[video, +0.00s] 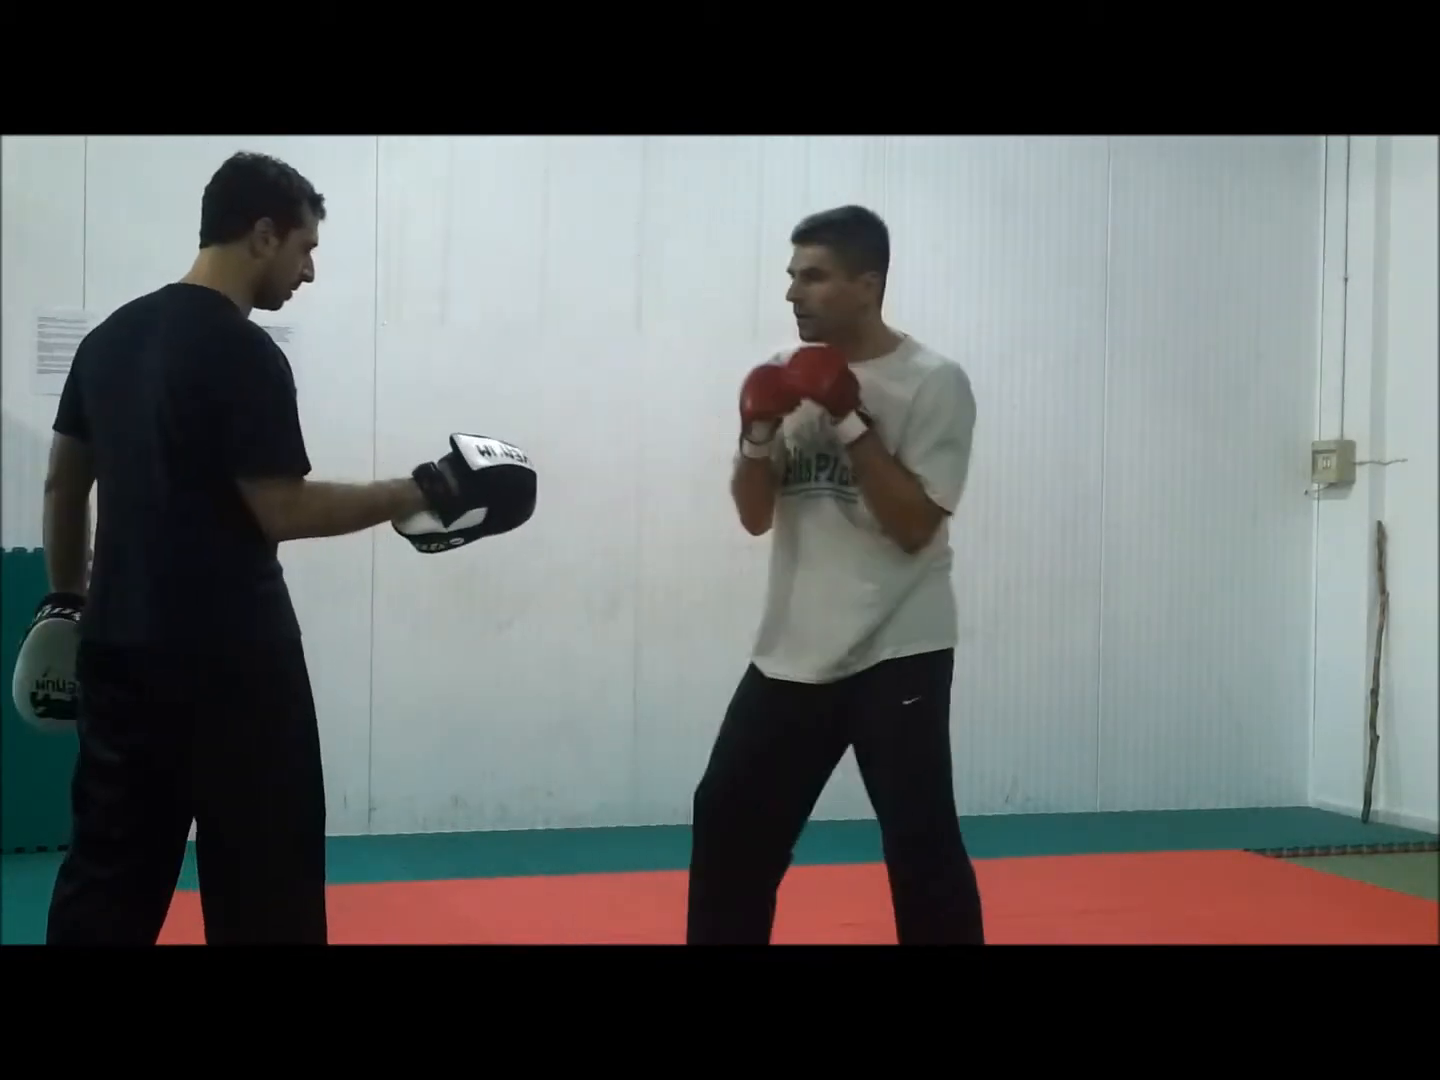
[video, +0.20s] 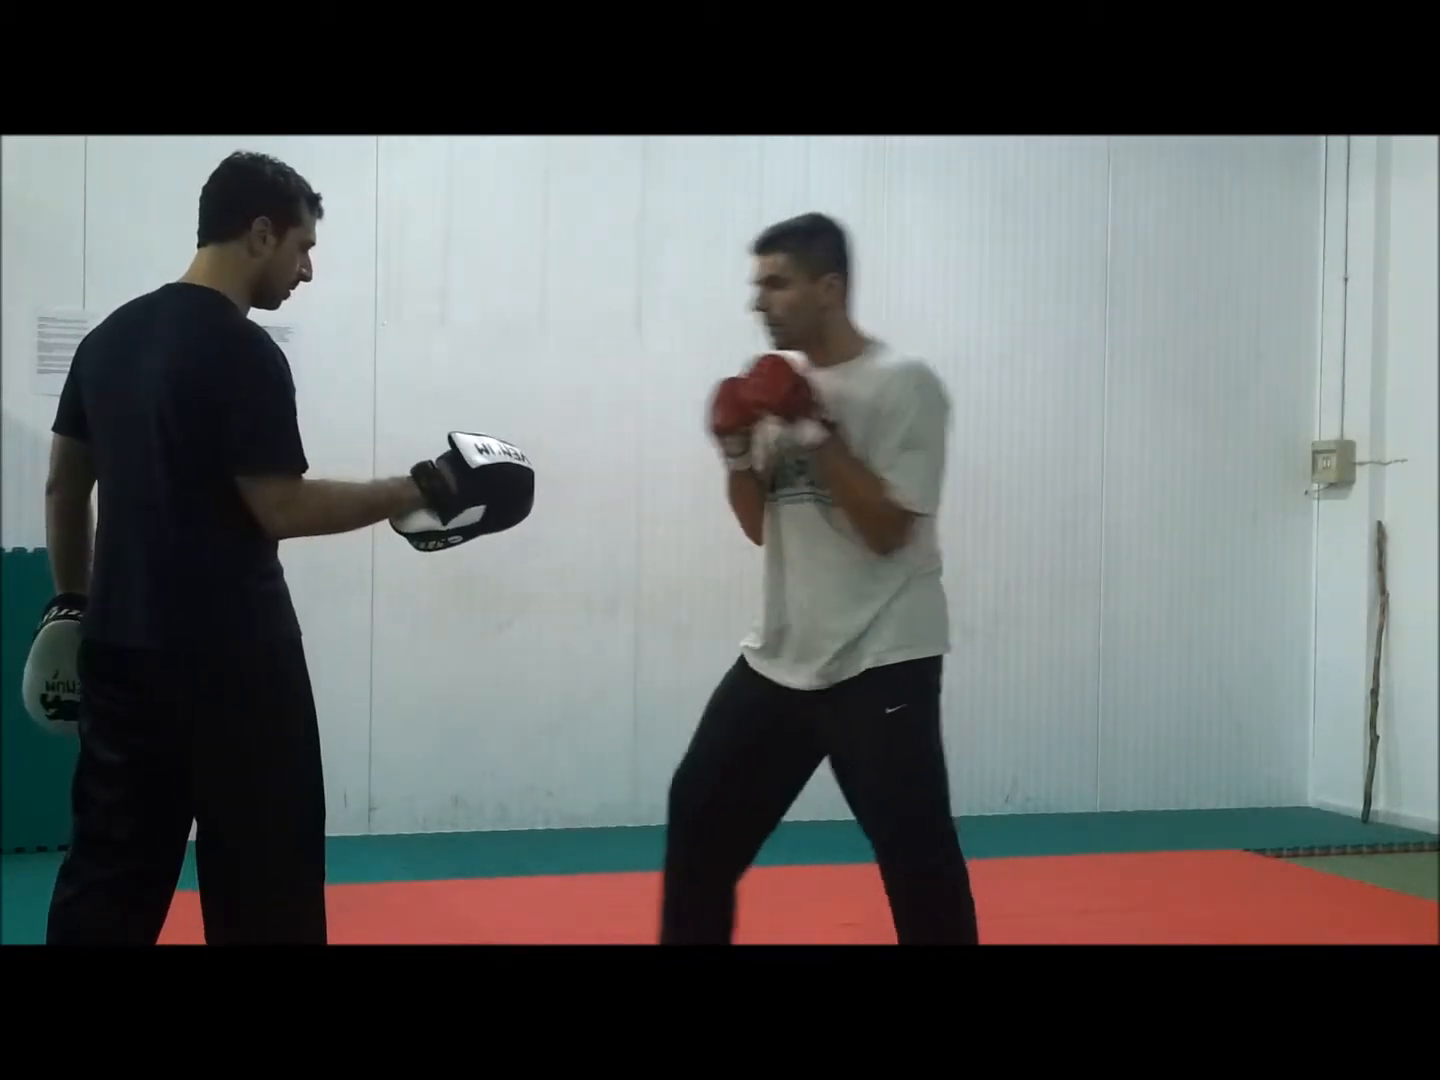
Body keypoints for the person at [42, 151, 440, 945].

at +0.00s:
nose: (310, 270)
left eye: (314, 250)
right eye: (308, 246)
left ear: (218, 232)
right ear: (263, 233)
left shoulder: (108, 339)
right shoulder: (246, 353)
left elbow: (65, 487)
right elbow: (284, 510)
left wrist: (64, 603)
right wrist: (420, 492)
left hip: (122, 656)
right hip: (238, 663)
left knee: (106, 881)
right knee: (267, 888)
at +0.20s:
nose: (307, 270)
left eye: (311, 251)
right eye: (305, 247)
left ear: (216, 231)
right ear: (260, 232)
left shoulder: (108, 339)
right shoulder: (244, 351)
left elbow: (66, 488)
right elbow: (283, 507)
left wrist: (69, 606)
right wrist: (420, 489)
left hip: (123, 661)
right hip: (239, 665)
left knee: (106, 883)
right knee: (267, 891)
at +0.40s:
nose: (305, 270)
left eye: (309, 251)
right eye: (303, 246)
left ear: (215, 230)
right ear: (259, 230)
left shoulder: (107, 339)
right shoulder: (244, 351)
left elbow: (68, 489)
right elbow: (282, 505)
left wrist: (82, 603)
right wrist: (414, 489)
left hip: (123, 661)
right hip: (239, 664)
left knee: (107, 881)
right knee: (268, 888)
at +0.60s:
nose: (300, 269)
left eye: (304, 250)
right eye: (300, 246)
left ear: (209, 230)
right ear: (258, 231)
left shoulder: (104, 338)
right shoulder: (243, 348)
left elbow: (63, 488)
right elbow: (285, 502)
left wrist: (82, 601)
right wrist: (412, 487)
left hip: (121, 659)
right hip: (238, 661)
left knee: (106, 884)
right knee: (267, 890)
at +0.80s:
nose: (296, 263)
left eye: (299, 243)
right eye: (290, 238)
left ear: (217, 228)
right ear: (239, 225)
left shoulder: (107, 337)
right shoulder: (231, 334)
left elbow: (63, 491)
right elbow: (314, 462)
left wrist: (77, 606)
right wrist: (412, 363)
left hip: (117, 653)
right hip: (230, 653)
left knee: (108, 876)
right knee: (269, 881)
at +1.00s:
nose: (293, 262)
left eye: (294, 242)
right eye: (285, 239)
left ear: (223, 231)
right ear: (231, 227)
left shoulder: (120, 332)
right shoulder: (192, 336)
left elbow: (83, 490)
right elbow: (227, 493)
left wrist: (95, 612)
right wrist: (371, 471)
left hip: (127, 654)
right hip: (216, 657)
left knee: (115, 875)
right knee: (259, 885)